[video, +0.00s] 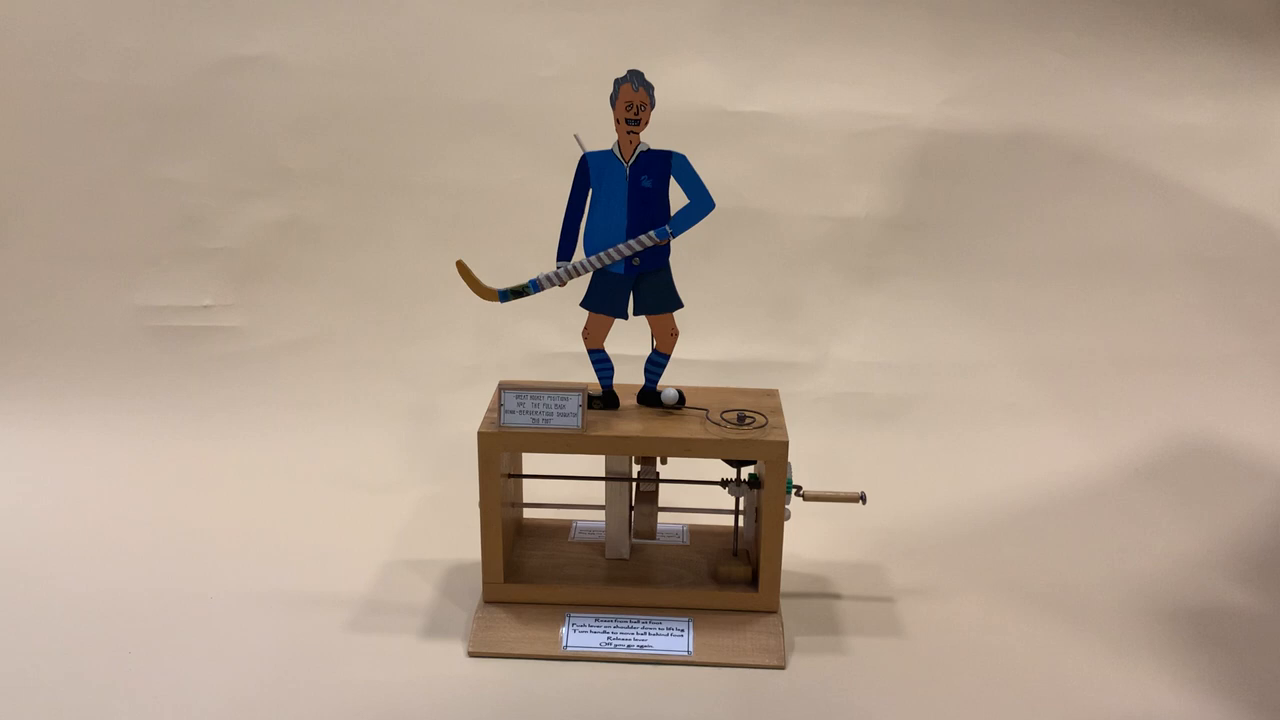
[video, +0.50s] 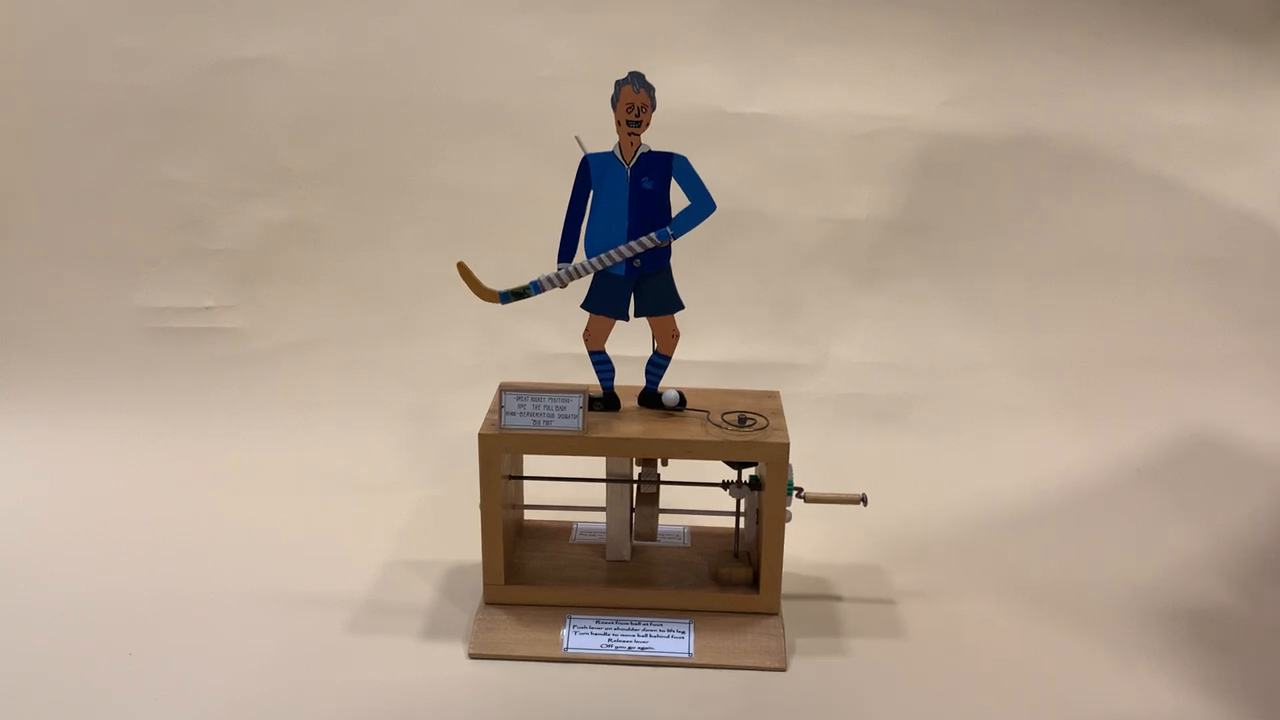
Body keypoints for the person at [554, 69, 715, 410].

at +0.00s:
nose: (635, 111)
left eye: (642, 105)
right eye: (627, 104)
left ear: (651, 113)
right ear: (613, 110)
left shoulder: (667, 161)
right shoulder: (592, 163)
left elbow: (704, 202)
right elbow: (573, 216)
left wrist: (668, 232)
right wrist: (563, 264)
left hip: (652, 268)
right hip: (609, 268)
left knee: (667, 335)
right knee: (592, 336)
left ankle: (649, 392)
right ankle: (607, 393)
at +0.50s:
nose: (636, 114)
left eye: (643, 108)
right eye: (628, 106)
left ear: (652, 114)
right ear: (613, 111)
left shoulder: (669, 163)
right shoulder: (593, 165)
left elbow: (705, 204)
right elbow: (574, 217)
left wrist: (668, 233)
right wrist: (564, 265)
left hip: (654, 270)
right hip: (611, 270)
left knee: (668, 337)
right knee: (593, 338)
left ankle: (650, 393)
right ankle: (608, 394)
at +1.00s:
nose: (636, 116)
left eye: (644, 110)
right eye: (629, 109)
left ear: (653, 117)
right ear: (615, 114)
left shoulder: (670, 165)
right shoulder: (594, 167)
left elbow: (707, 206)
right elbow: (575, 220)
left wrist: (669, 236)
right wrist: (565, 268)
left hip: (654, 271)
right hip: (611, 271)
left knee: (669, 339)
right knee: (594, 339)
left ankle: (651, 395)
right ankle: (609, 396)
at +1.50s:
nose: (636, 121)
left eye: (644, 115)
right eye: (630, 114)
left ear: (655, 124)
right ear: (617, 121)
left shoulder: (671, 167)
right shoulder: (595, 170)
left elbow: (708, 208)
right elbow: (577, 222)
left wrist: (671, 238)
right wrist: (567, 270)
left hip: (656, 274)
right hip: (612, 274)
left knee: (671, 341)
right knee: (596, 341)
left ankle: (652, 397)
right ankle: (611, 398)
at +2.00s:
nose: (643, 124)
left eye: (649, 117)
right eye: (636, 116)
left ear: (658, 125)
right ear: (623, 122)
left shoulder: (676, 168)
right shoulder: (601, 170)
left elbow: (712, 210)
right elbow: (581, 222)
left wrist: (675, 239)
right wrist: (570, 269)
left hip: (660, 274)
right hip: (616, 274)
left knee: (675, 341)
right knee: (598, 342)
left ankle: (656, 398)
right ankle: (612, 400)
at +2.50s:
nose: (646, 132)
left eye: (652, 125)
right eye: (639, 124)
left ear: (662, 127)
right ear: (627, 126)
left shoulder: (681, 169)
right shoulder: (606, 169)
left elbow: (715, 212)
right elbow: (585, 220)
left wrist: (675, 241)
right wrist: (572, 269)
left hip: (666, 270)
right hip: (620, 273)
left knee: (709, 326)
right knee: (600, 342)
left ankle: (715, 386)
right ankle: (613, 400)